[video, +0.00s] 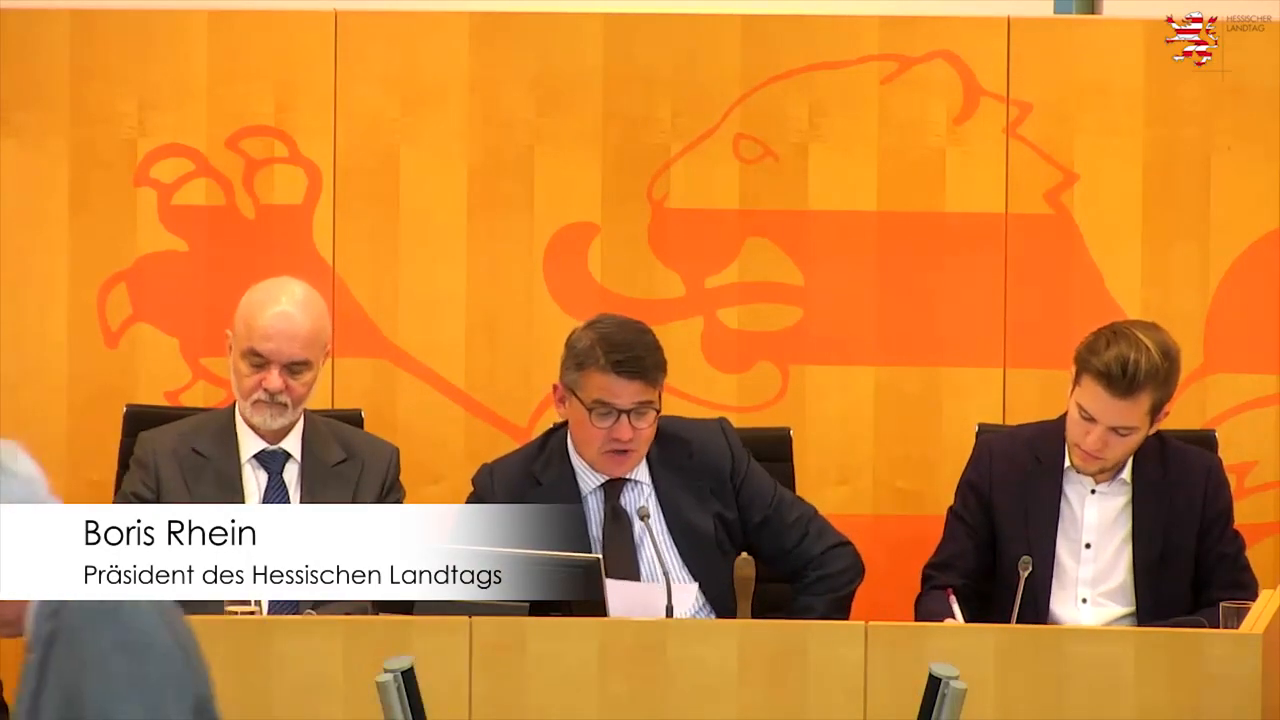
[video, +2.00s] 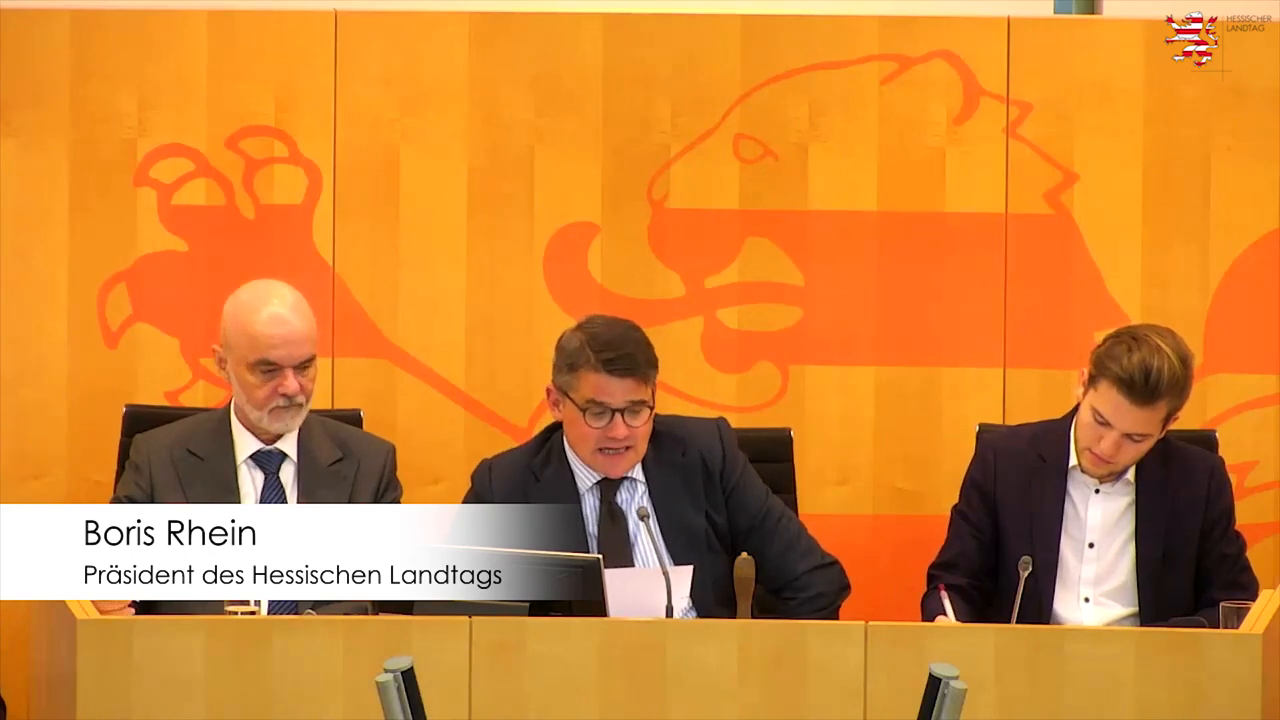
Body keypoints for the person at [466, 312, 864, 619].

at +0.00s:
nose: (624, 433)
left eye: (642, 412)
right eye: (603, 413)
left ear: (659, 397)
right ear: (562, 400)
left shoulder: (713, 454)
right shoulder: (505, 488)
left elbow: (833, 565)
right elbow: (472, 627)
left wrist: (788, 672)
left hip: (713, 673)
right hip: (574, 683)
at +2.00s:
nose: (619, 431)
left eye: (635, 410)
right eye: (597, 412)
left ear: (654, 397)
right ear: (556, 403)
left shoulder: (708, 454)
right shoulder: (503, 485)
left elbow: (815, 582)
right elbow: (464, 620)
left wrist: (760, 677)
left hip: (704, 676)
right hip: (565, 684)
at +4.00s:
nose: (610, 430)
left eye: (624, 409)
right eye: (587, 413)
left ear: (642, 393)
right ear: (546, 408)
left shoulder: (702, 453)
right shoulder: (497, 487)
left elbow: (810, 581)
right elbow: (465, 624)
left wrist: (763, 678)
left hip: (704, 674)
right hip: (563, 683)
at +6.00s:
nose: (616, 438)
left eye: (632, 417)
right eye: (595, 420)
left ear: (649, 401)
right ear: (552, 409)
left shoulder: (704, 457)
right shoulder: (497, 489)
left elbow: (815, 584)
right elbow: (446, 614)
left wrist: (756, 675)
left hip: (699, 679)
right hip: (560, 686)